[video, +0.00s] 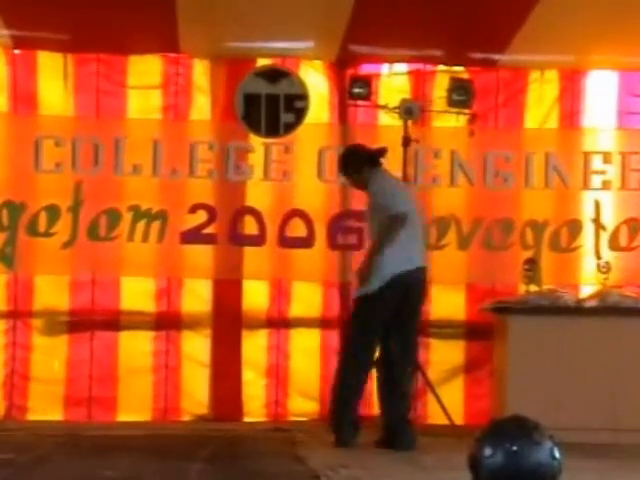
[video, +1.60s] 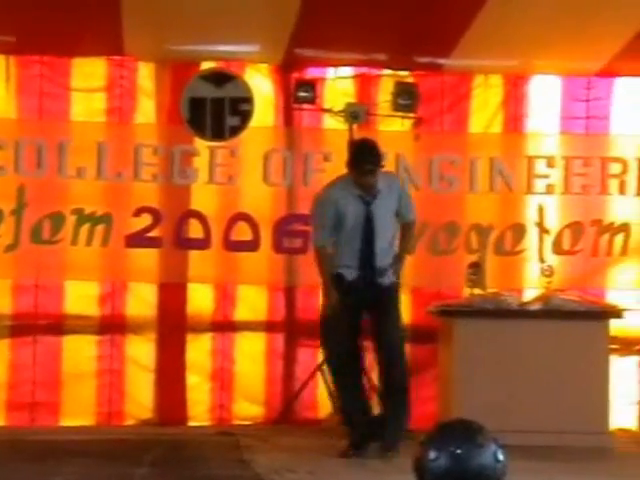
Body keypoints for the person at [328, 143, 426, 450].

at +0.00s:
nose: (351, 184)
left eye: (350, 177)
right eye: (348, 178)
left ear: (357, 169)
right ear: (372, 162)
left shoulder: (380, 185)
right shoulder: (395, 186)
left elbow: (399, 216)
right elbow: (416, 230)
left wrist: (370, 259)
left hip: (388, 274)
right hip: (412, 273)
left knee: (357, 353)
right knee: (399, 355)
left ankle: (345, 424)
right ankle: (398, 429)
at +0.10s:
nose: (353, 181)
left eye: (354, 173)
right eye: (349, 175)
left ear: (368, 165)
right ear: (362, 170)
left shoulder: (395, 185)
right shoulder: (378, 194)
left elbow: (422, 221)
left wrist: (395, 258)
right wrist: (386, 263)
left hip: (402, 285)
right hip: (393, 285)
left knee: (361, 353)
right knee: (392, 358)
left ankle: (356, 424)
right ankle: (399, 430)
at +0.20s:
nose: (361, 176)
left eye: (364, 169)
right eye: (358, 170)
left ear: (379, 163)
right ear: (361, 169)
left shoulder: (408, 185)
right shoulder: (376, 194)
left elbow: (440, 223)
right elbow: (373, 225)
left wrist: (417, 263)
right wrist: (360, 245)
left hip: (409, 285)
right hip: (387, 283)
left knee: (389, 354)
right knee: (378, 354)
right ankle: (397, 425)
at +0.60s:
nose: (408, 174)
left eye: (414, 167)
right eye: (403, 167)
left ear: (424, 164)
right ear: (395, 165)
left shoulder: (444, 193)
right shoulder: (380, 195)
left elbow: (461, 235)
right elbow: (369, 240)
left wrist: (453, 272)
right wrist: (362, 280)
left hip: (425, 285)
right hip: (386, 282)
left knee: (424, 362)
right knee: (357, 344)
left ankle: (421, 433)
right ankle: (351, 415)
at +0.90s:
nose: (416, 177)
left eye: (422, 170)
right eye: (412, 170)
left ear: (431, 167)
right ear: (402, 165)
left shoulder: (447, 191)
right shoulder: (385, 191)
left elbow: (468, 228)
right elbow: (376, 237)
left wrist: (456, 270)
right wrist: (374, 276)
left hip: (427, 285)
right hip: (389, 283)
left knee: (425, 360)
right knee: (377, 354)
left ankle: (422, 430)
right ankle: (380, 425)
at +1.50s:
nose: (382, 182)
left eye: (387, 175)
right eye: (377, 175)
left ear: (394, 172)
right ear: (364, 170)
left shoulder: (405, 190)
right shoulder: (343, 198)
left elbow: (421, 224)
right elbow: (339, 249)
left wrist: (413, 253)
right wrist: (350, 291)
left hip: (400, 284)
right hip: (364, 285)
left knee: (416, 345)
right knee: (374, 360)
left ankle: (406, 388)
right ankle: (389, 433)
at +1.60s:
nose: (370, 180)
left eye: (374, 173)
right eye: (363, 174)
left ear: (381, 168)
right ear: (351, 170)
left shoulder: (394, 188)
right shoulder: (331, 197)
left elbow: (408, 221)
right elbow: (322, 246)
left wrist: (401, 255)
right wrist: (330, 287)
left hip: (384, 282)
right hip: (345, 283)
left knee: (392, 356)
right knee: (342, 357)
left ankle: (393, 430)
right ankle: (358, 428)